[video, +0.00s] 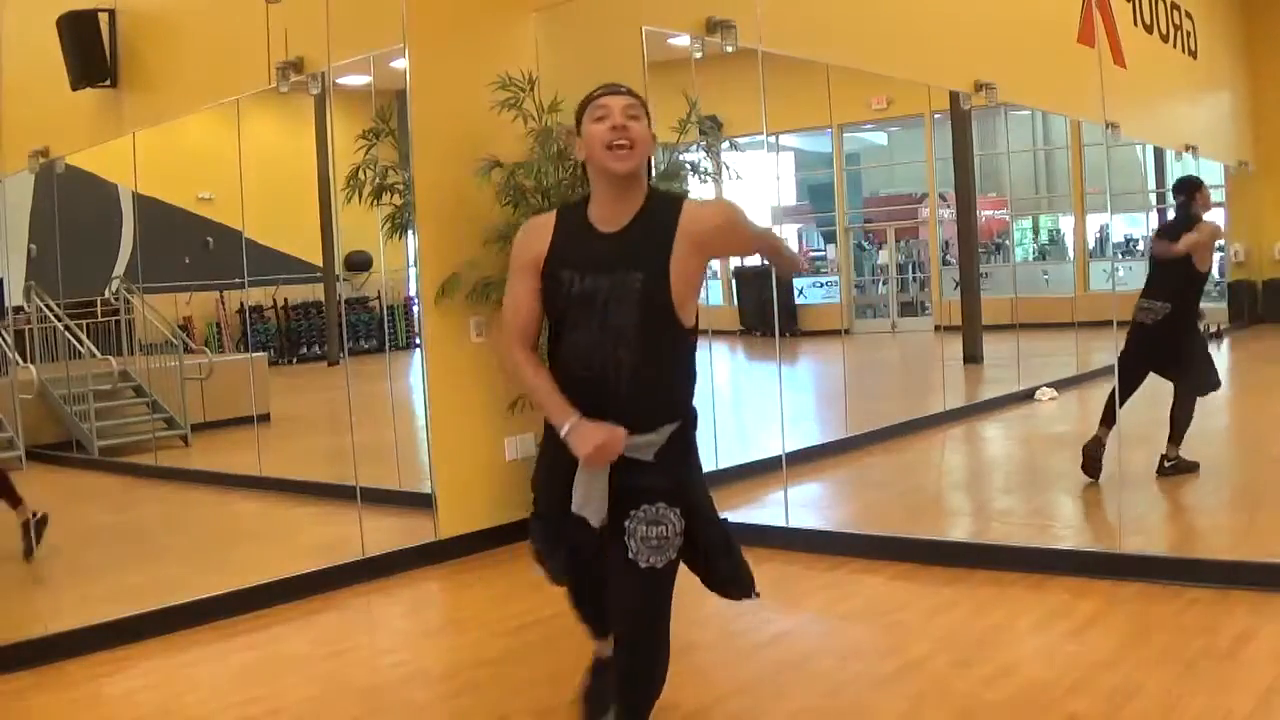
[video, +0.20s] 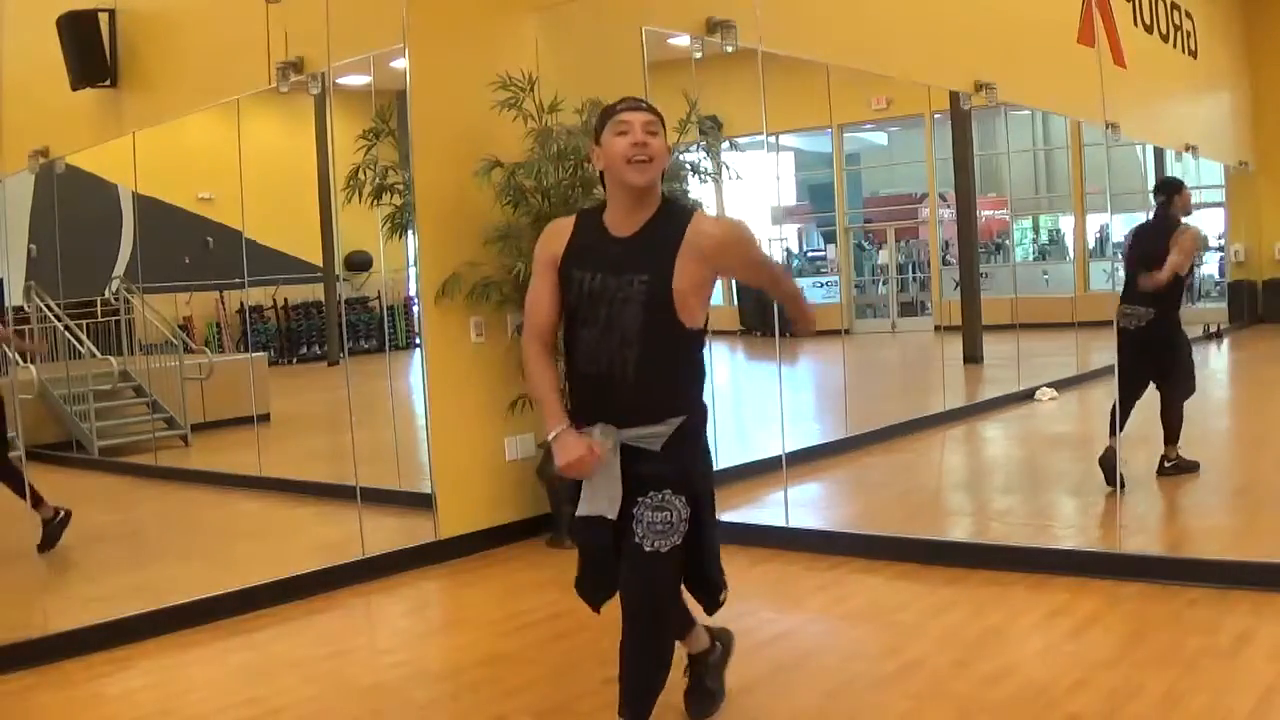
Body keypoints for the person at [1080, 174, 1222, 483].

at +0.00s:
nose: (1210, 198)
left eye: (1207, 192)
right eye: (1206, 193)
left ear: (1180, 200)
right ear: (1196, 198)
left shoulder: (1163, 230)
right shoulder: (1207, 229)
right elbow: (1185, 246)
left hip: (1144, 318)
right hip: (1177, 323)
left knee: (1126, 381)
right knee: (1189, 385)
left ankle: (1099, 439)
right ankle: (1171, 456)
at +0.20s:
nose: (1190, 200)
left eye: (1188, 194)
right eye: (1186, 195)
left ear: (1161, 199)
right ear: (1176, 198)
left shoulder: (1137, 232)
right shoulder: (1186, 233)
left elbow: (1131, 272)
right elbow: (1173, 268)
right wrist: (1161, 275)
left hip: (1128, 319)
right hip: (1161, 322)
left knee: (1129, 387)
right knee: (1173, 387)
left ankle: (1110, 449)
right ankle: (1170, 456)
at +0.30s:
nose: (1177, 206)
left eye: (1175, 200)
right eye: (1174, 200)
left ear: (1145, 205)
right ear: (1164, 203)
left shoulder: (1124, 239)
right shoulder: (1174, 243)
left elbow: (1122, 285)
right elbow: (1180, 287)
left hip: (1125, 331)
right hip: (1159, 330)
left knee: (1120, 396)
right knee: (1167, 395)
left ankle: (1108, 464)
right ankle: (1170, 456)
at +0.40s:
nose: (1165, 210)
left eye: (1164, 204)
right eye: (1162, 205)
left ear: (1135, 209)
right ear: (1151, 206)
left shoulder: (1114, 241)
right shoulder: (1166, 244)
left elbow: (1106, 291)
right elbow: (1183, 297)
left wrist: (1108, 327)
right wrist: (1192, 339)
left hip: (1111, 339)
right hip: (1147, 337)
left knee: (1112, 403)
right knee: (1158, 398)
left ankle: (1108, 474)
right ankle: (1167, 457)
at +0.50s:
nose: (1155, 207)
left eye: (1153, 201)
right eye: (1152, 202)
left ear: (1124, 208)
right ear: (1142, 206)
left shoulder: (1104, 242)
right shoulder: (1161, 241)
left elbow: (1091, 294)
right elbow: (1184, 287)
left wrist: (1088, 335)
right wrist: (1189, 304)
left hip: (1104, 337)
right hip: (1139, 336)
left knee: (1107, 405)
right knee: (1150, 397)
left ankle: (1108, 474)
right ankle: (1160, 456)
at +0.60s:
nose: (1149, 201)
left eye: (1147, 195)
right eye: (1146, 196)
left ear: (1117, 202)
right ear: (1136, 199)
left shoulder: (1097, 238)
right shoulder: (1156, 235)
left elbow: (1078, 285)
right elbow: (1177, 265)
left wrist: (1073, 330)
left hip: (1101, 334)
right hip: (1136, 334)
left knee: (1105, 401)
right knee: (1143, 396)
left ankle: (1107, 473)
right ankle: (1147, 459)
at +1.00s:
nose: (1126, 201)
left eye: (1119, 197)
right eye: (1123, 197)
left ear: (1096, 205)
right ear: (1121, 200)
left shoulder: (1084, 239)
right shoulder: (1146, 236)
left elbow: (1076, 291)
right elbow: (1157, 286)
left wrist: (1076, 336)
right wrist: (1155, 328)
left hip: (1099, 333)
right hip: (1137, 332)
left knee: (1102, 400)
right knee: (1137, 396)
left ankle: (1107, 470)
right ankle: (1134, 459)